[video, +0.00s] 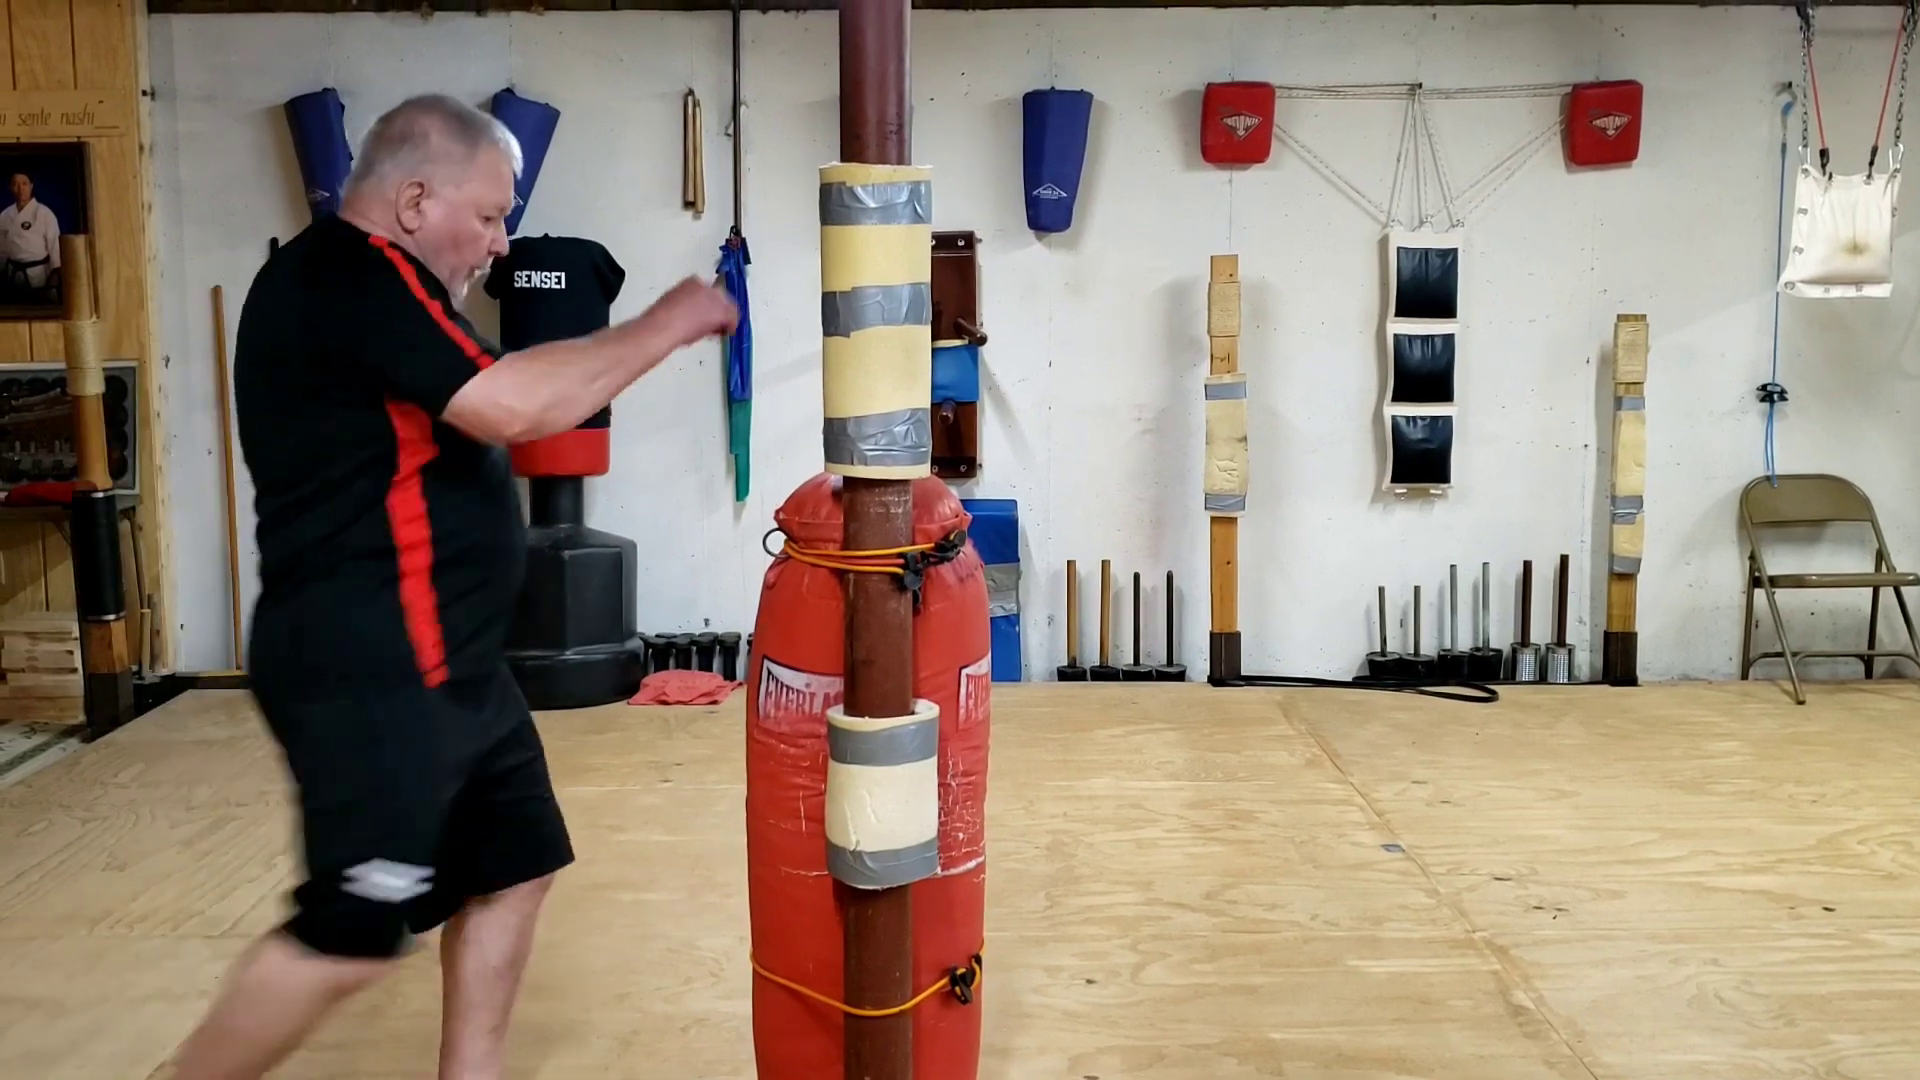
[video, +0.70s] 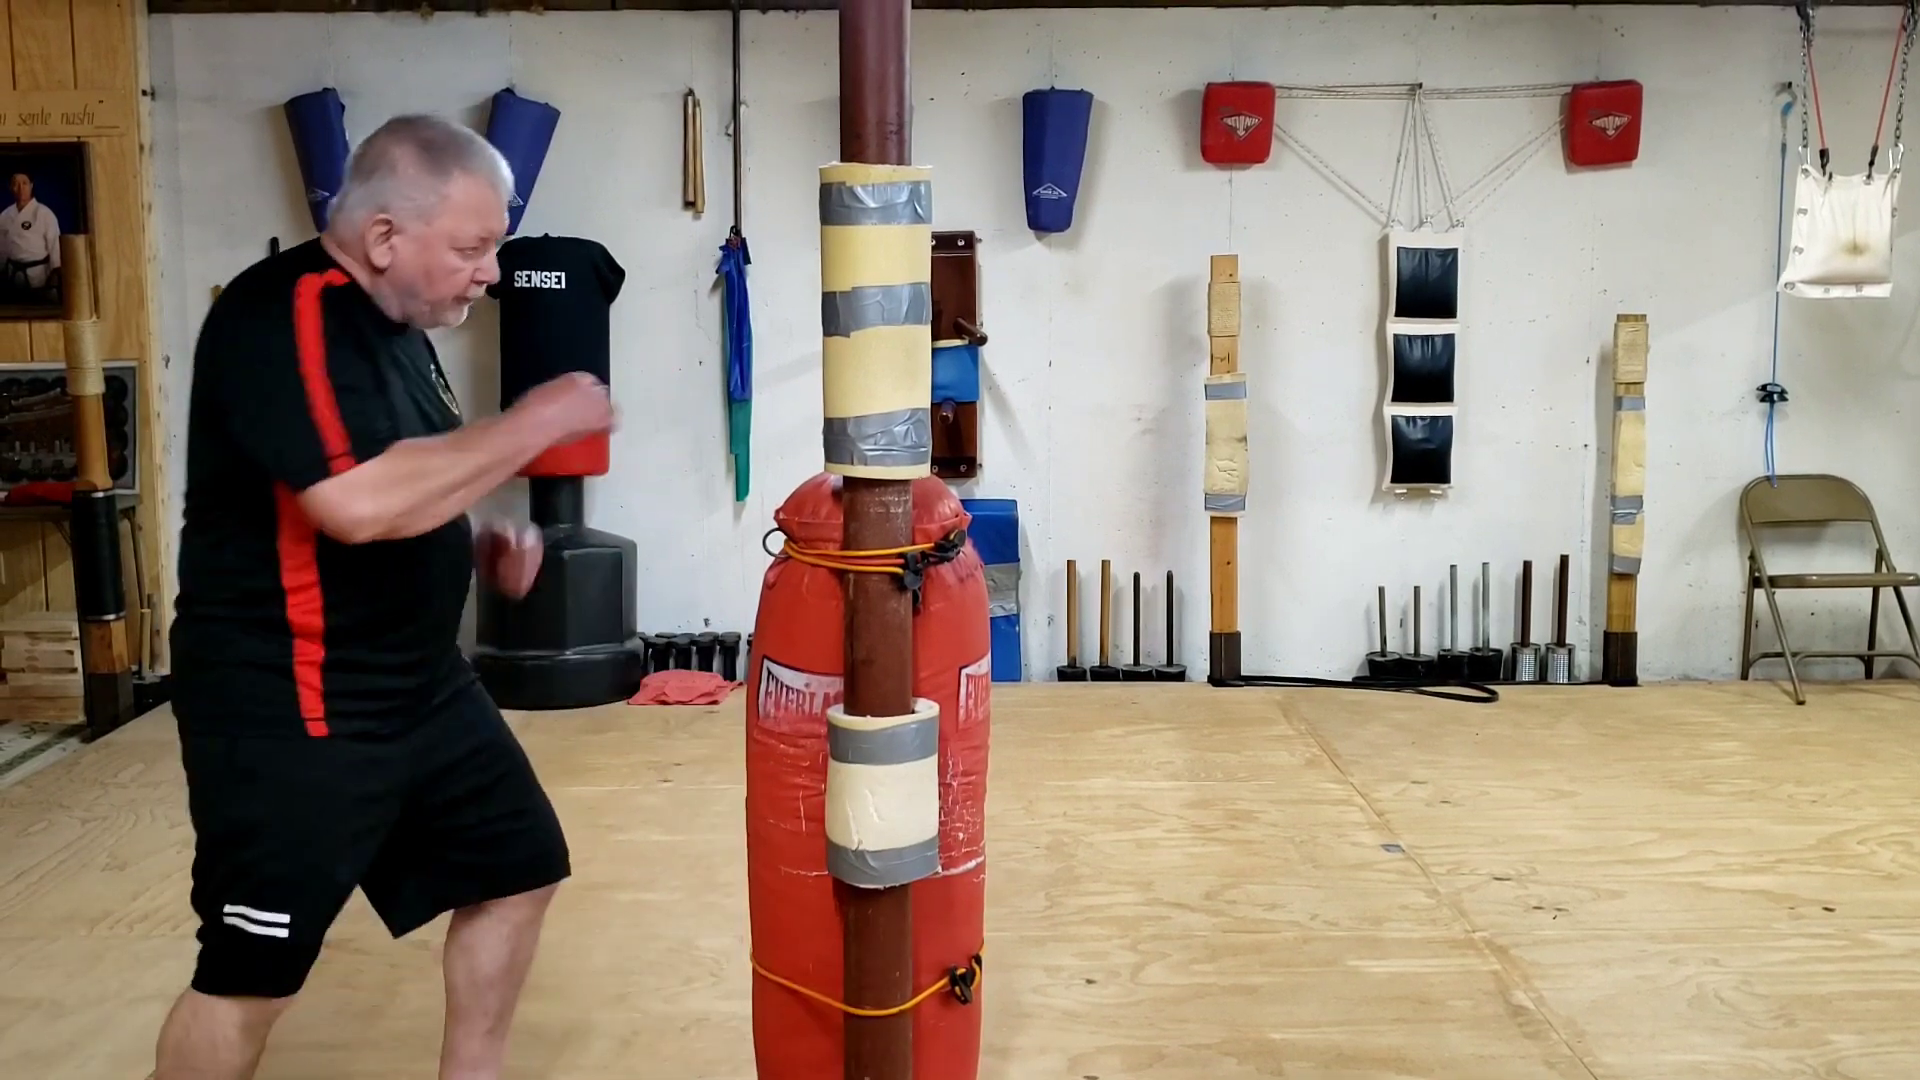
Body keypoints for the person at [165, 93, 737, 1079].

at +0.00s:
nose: (501, 245)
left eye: (504, 222)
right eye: (490, 218)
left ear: (411, 205)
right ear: (413, 203)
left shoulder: (372, 275)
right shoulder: (345, 278)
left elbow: (488, 397)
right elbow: (510, 404)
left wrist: (619, 349)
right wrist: (667, 326)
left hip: (450, 652)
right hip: (361, 664)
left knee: (513, 863)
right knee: (359, 920)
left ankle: (468, 1074)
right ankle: (190, 1071)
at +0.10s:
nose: (498, 229)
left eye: (502, 209)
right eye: (491, 202)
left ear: (407, 181)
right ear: (415, 177)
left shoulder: (330, 260)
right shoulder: (352, 258)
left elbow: (440, 433)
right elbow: (423, 432)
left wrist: (605, 444)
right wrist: (624, 441)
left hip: (374, 603)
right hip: (403, 602)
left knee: (488, 853)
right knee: (596, 800)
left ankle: (466, 1070)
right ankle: (338, 986)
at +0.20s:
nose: (511, 244)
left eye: (514, 222)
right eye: (503, 216)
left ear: (425, 196)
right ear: (431, 193)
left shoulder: (330, 271)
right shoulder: (363, 268)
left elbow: (407, 447)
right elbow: (353, 453)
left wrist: (525, 512)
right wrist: (518, 577)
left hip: (379, 627)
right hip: (431, 602)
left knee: (494, 846)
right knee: (700, 649)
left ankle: (466, 1070)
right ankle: (759, 895)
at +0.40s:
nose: (518, 245)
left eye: (522, 222)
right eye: (509, 217)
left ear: (429, 200)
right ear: (434, 196)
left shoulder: (355, 267)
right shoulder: (367, 266)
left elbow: (395, 465)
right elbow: (371, 454)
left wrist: (519, 506)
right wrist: (550, 556)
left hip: (368, 610)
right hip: (395, 606)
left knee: (495, 850)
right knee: (643, 738)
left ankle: (474, 1052)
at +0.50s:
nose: (518, 242)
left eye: (523, 219)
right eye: (508, 214)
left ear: (431, 201)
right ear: (430, 196)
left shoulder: (392, 278)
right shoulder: (348, 266)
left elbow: (410, 460)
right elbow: (403, 449)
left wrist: (500, 537)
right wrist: (601, 463)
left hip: (433, 626)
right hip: (356, 635)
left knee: (505, 864)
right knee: (465, 880)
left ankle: (468, 1074)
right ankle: (270, 1074)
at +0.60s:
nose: (512, 255)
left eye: (514, 232)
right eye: (498, 228)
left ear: (416, 221)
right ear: (415, 218)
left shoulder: (377, 296)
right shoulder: (329, 287)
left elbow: (344, 502)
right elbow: (422, 465)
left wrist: (464, 582)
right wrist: (599, 422)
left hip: (433, 675)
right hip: (320, 689)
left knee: (515, 867)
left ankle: (472, 1075)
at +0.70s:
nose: (487, 275)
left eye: (492, 250)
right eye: (470, 250)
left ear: (389, 245)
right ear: (383, 239)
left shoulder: (391, 323)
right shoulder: (279, 312)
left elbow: (395, 489)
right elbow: (352, 499)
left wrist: (476, 543)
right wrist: (525, 428)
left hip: (414, 678)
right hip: (283, 694)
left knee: (513, 870)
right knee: (253, 962)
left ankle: (470, 1074)